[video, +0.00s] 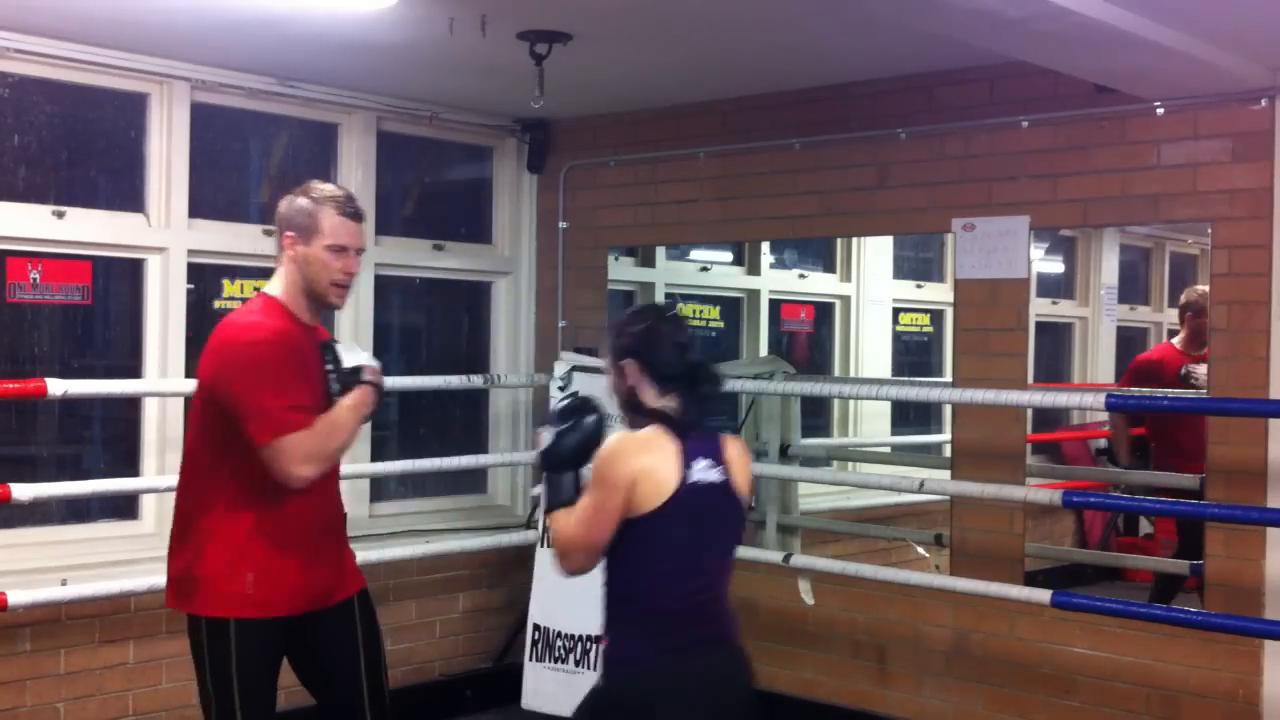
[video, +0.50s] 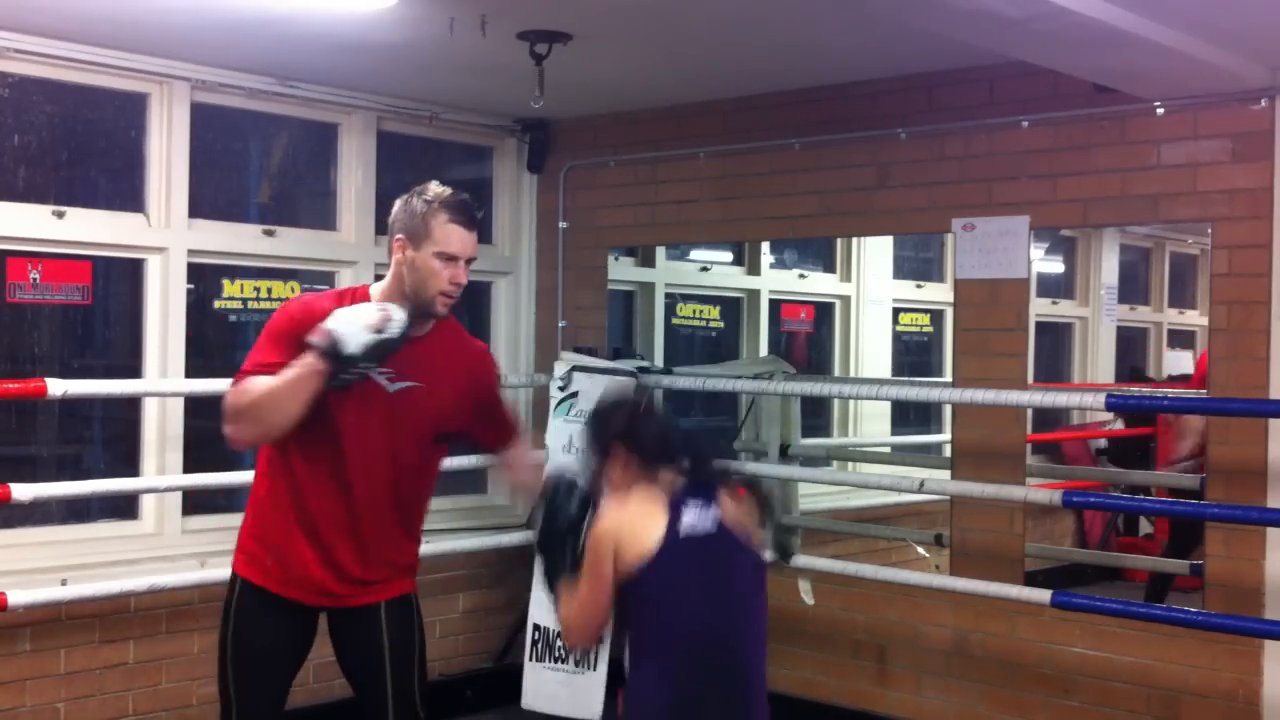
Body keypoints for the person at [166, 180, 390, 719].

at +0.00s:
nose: (352, 268)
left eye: (357, 254)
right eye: (337, 250)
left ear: (360, 253)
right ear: (291, 247)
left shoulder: (317, 338)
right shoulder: (248, 336)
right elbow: (296, 462)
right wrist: (363, 396)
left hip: (323, 580)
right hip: (239, 593)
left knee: (365, 704)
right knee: (240, 713)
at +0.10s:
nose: (383, 274)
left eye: (388, 260)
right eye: (369, 256)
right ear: (321, 250)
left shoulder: (324, 335)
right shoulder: (281, 333)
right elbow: (326, 459)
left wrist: (360, 392)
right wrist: (392, 386)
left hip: (326, 576)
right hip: (249, 587)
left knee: (373, 702)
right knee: (247, 711)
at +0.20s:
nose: (417, 281)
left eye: (423, 267)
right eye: (404, 262)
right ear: (357, 257)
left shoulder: (350, 333)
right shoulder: (310, 332)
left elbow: (336, 444)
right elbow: (333, 457)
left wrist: (393, 395)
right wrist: (415, 384)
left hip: (337, 573)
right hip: (259, 580)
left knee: (386, 704)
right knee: (250, 712)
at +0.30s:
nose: (448, 282)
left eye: (454, 269)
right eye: (435, 264)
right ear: (390, 258)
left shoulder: (392, 345)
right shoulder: (314, 332)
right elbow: (316, 448)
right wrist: (413, 377)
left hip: (359, 570)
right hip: (272, 574)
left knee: (398, 704)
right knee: (252, 711)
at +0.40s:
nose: (462, 280)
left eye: (469, 266)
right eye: (448, 261)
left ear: (473, 266)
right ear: (403, 254)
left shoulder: (446, 361)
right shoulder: (314, 323)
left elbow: (394, 455)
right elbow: (278, 437)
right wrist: (375, 359)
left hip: (374, 571)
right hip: (277, 565)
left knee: (401, 708)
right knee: (250, 710)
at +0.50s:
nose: (460, 278)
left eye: (467, 263)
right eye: (446, 259)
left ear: (471, 262)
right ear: (400, 250)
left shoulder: (467, 363)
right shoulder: (308, 316)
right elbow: (240, 425)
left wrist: (542, 483)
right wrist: (324, 356)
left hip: (380, 582)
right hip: (276, 569)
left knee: (399, 710)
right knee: (247, 712)